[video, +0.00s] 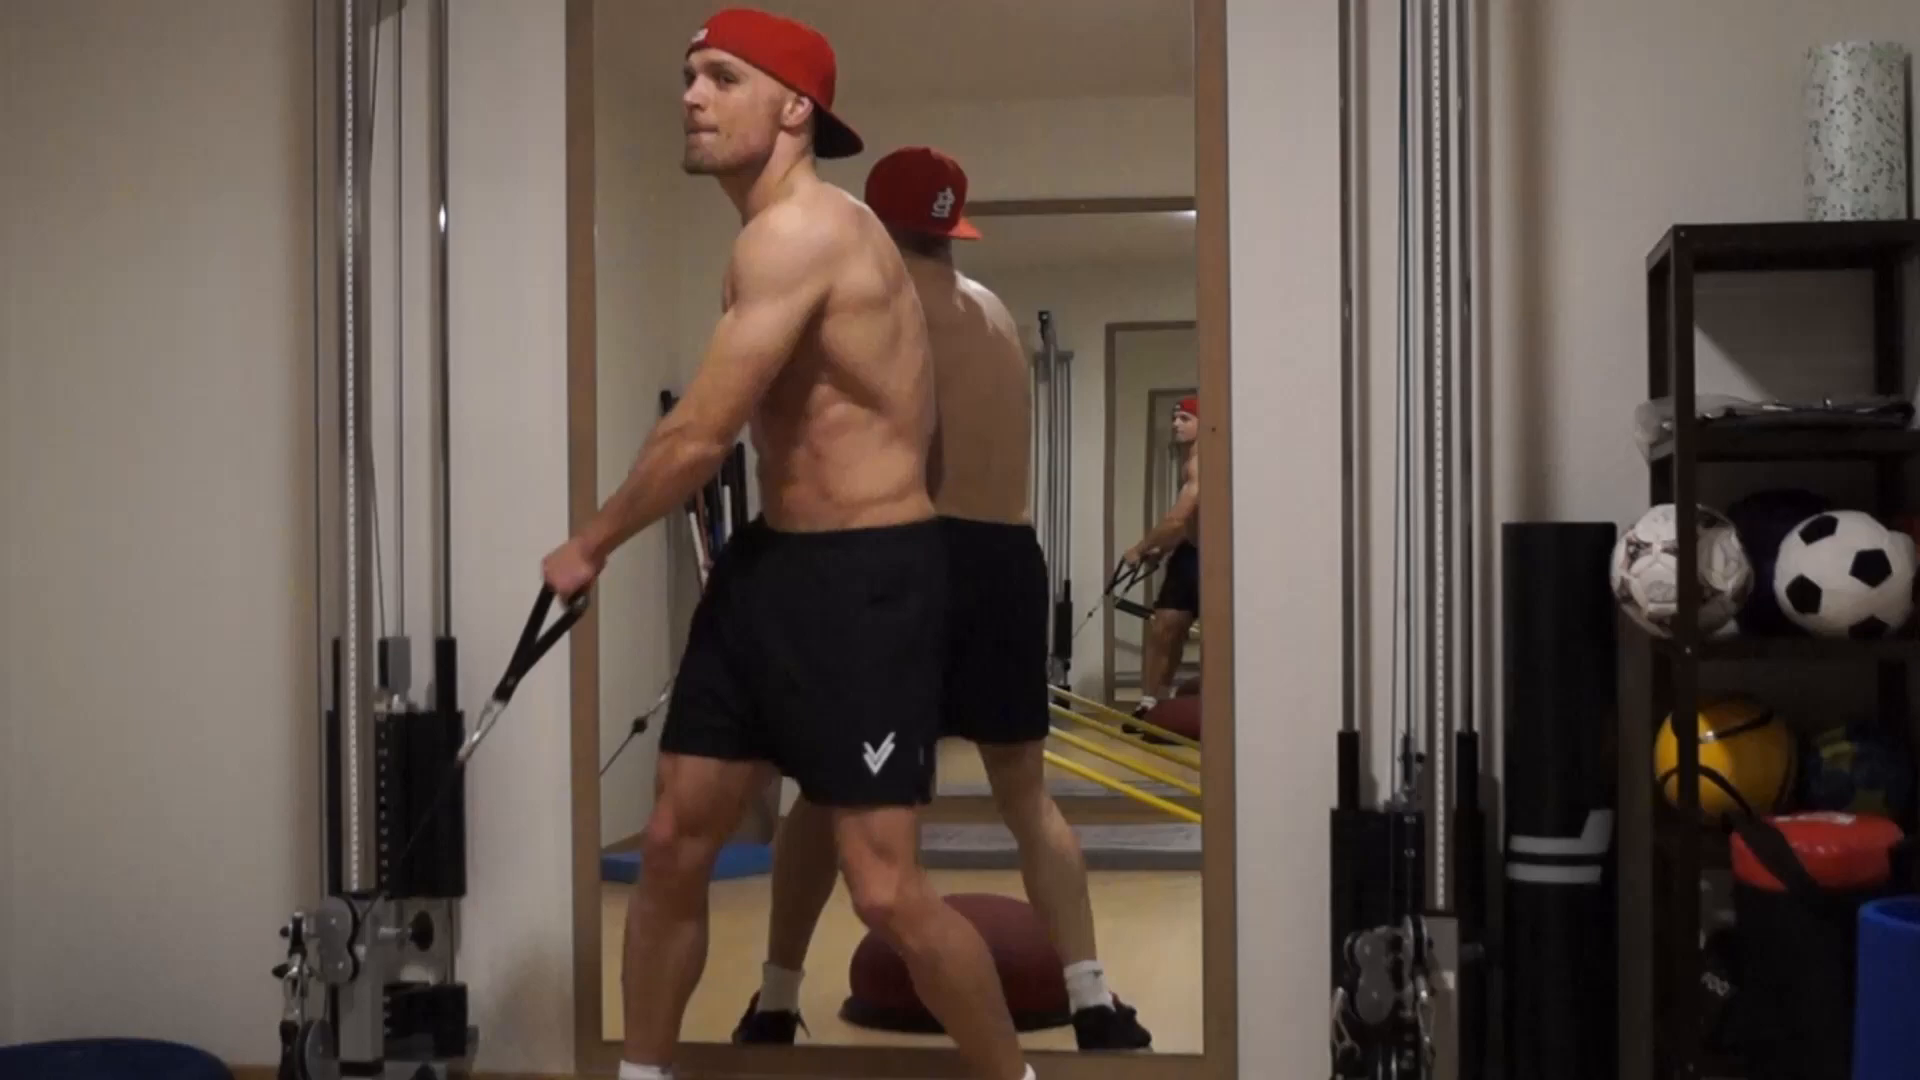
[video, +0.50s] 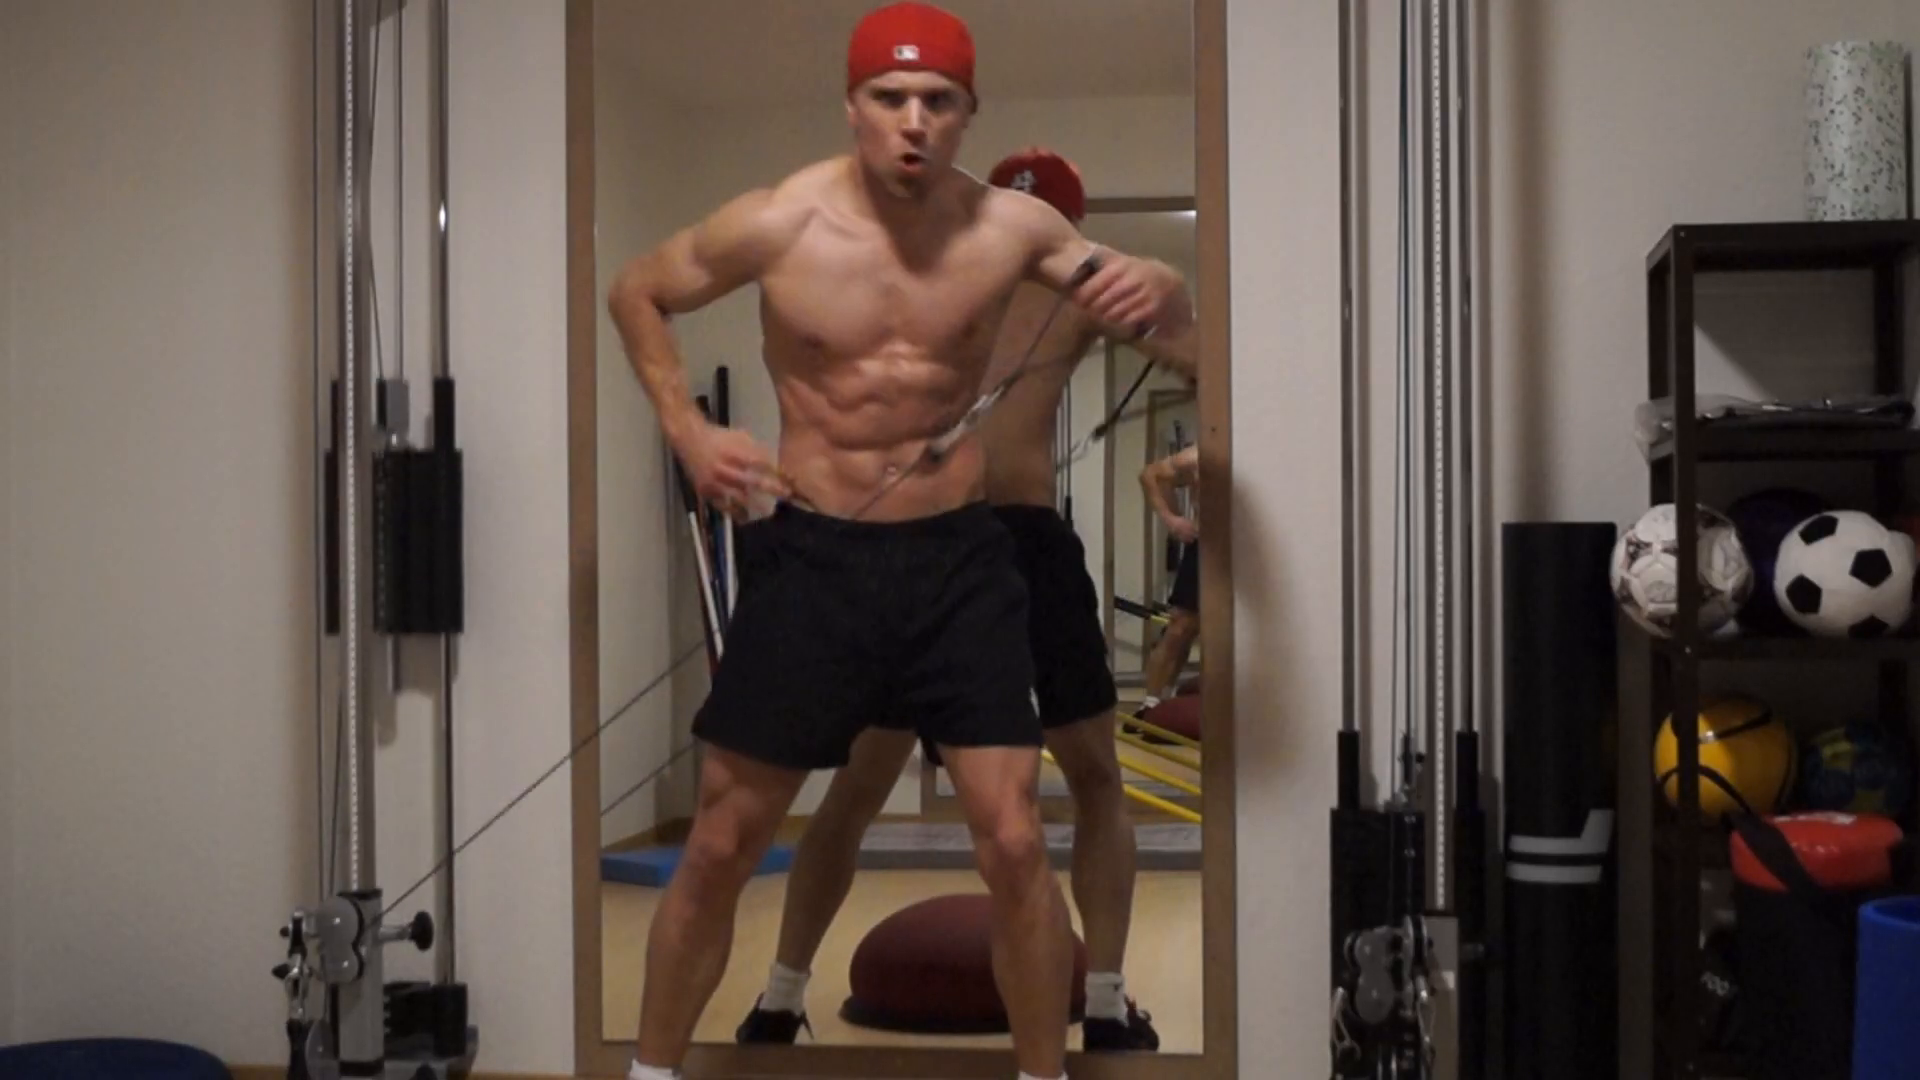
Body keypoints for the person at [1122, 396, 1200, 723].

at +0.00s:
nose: (1177, 424)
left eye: (1184, 419)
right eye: (1176, 419)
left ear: (1201, 424)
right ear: (1178, 425)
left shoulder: (1198, 461)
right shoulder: (1196, 458)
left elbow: (1180, 519)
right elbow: (1187, 522)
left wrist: (1142, 547)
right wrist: (1160, 549)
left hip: (1192, 553)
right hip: (1193, 552)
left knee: (1162, 623)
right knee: (1173, 625)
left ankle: (1150, 699)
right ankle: (1160, 696)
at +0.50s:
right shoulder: (1208, 456)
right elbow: (1151, 475)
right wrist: (1171, 518)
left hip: (1224, 549)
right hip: (1203, 545)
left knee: (1191, 629)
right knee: (1181, 627)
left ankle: (1166, 695)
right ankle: (1152, 699)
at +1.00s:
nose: (1176, 434)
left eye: (1182, 426)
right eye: (1173, 427)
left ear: (1201, 426)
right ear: (1173, 430)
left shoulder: (1212, 459)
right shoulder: (1183, 461)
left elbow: (1216, 513)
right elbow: (1195, 510)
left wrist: (1177, 529)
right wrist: (1182, 534)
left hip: (1213, 549)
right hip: (1189, 547)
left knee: (1217, 630)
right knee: (1166, 624)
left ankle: (1210, 702)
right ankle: (1150, 699)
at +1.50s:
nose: (1208, 427)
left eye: (1213, 421)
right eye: (1203, 420)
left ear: (1223, 425)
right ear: (1197, 423)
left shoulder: (1231, 461)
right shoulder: (1187, 459)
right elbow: (1159, 490)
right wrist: (1178, 528)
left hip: (1221, 549)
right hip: (1194, 546)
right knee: (1178, 628)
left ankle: (1163, 695)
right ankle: (1151, 697)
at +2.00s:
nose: (1203, 424)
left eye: (1207, 417)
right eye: (1198, 417)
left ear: (1216, 421)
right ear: (1192, 420)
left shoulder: (1226, 457)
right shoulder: (1180, 457)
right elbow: (1155, 489)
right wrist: (1171, 528)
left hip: (1218, 548)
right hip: (1190, 546)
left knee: (1185, 628)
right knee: (1173, 625)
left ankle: (1164, 694)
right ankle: (1150, 698)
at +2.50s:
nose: (1192, 436)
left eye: (1198, 429)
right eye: (1191, 430)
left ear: (1213, 430)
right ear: (1193, 433)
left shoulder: (1224, 461)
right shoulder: (1204, 458)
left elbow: (1207, 520)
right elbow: (1201, 516)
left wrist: (1165, 549)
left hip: (1221, 546)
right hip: (1198, 546)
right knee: (1167, 626)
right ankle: (1148, 699)